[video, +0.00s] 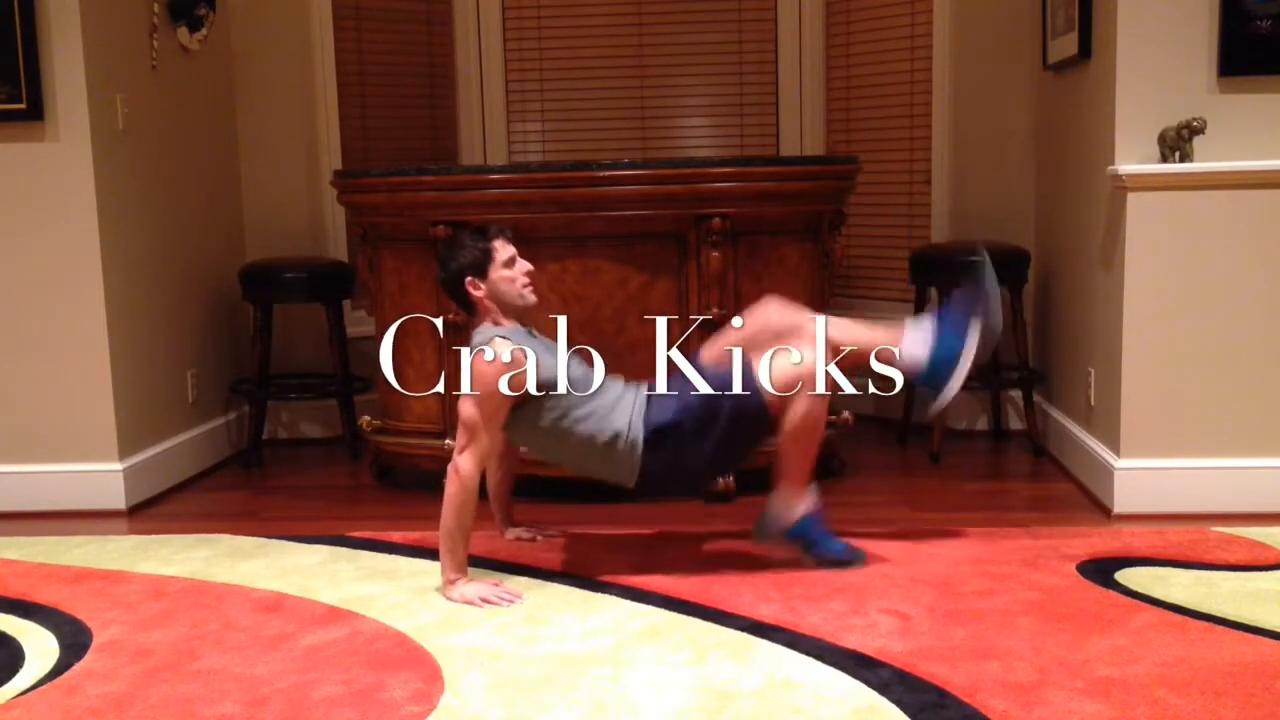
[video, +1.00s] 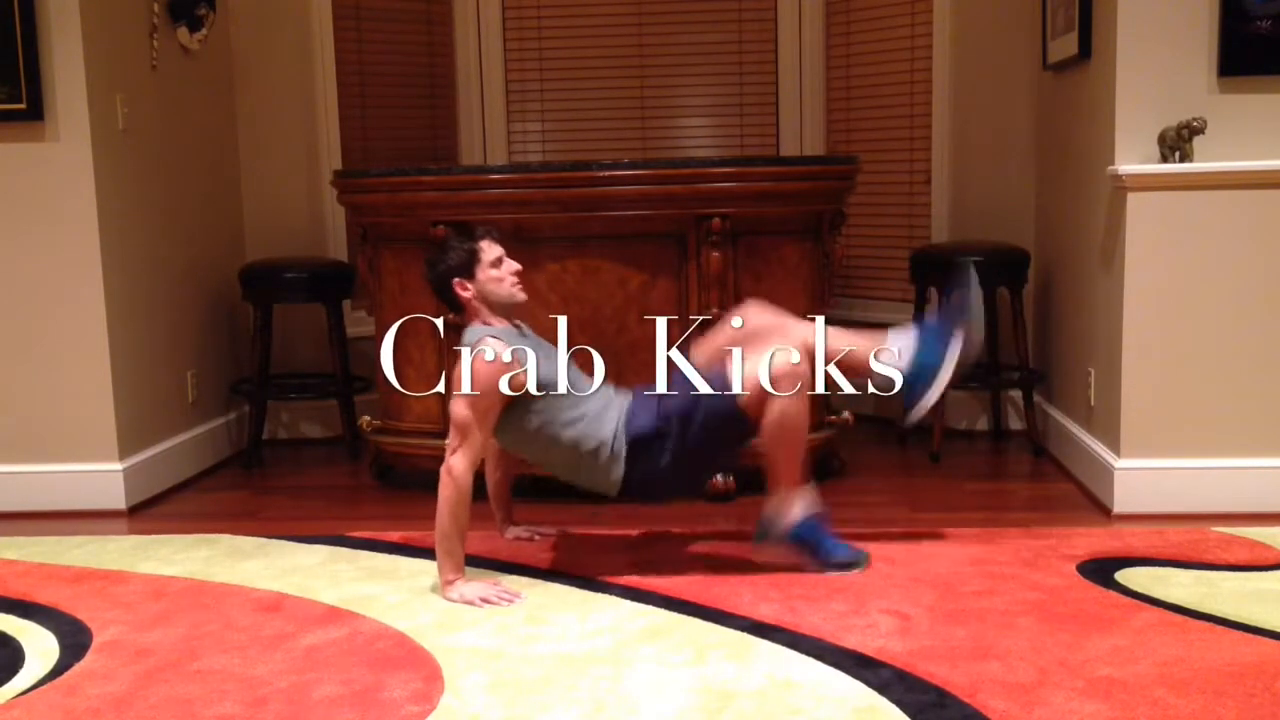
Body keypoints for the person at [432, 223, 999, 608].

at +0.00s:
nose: (526, 272)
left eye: (521, 262)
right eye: (511, 266)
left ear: (498, 282)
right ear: (478, 290)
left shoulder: (515, 340)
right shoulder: (492, 358)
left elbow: (498, 442)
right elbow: (463, 466)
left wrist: (501, 524)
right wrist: (452, 577)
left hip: (656, 407)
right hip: (651, 445)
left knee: (775, 313)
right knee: (806, 366)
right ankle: (789, 513)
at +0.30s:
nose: (523, 273)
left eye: (517, 264)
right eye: (507, 268)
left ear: (494, 286)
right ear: (475, 293)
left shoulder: (511, 342)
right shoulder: (490, 360)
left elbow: (494, 442)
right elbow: (458, 465)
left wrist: (500, 526)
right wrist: (451, 577)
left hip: (653, 412)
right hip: (648, 447)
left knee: (758, 303)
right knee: (811, 374)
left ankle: (896, 364)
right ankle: (785, 523)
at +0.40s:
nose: (511, 269)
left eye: (507, 260)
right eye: (496, 265)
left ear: (486, 281)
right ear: (464, 289)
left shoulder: (503, 334)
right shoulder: (482, 355)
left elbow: (496, 439)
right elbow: (456, 462)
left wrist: (500, 521)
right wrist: (450, 576)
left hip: (648, 394)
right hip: (654, 431)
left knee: (772, 285)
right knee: (791, 313)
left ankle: (817, 448)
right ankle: (871, 454)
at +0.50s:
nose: (515, 271)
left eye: (510, 261)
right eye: (499, 267)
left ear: (492, 282)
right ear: (468, 292)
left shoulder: (511, 340)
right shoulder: (483, 357)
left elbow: (494, 442)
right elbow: (453, 466)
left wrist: (503, 523)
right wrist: (450, 574)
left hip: (646, 413)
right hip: (640, 444)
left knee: (782, 331)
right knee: (779, 324)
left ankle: (779, 481)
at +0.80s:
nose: (518, 271)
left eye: (511, 261)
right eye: (501, 267)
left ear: (493, 283)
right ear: (469, 294)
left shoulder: (513, 341)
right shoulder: (488, 358)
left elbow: (494, 442)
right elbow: (453, 467)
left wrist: (503, 524)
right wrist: (450, 577)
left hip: (653, 436)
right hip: (646, 455)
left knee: (787, 353)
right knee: (768, 332)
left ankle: (766, 509)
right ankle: (928, 367)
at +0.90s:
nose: (510, 269)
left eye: (504, 259)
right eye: (494, 264)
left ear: (473, 283)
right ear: (460, 287)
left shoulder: (496, 334)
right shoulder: (478, 356)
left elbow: (490, 435)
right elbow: (456, 462)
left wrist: (502, 519)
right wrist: (450, 575)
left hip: (645, 414)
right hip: (648, 450)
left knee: (760, 303)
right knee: (774, 319)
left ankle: (833, 447)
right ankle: (859, 453)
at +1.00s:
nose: (514, 270)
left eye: (509, 261)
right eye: (498, 266)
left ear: (494, 279)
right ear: (466, 289)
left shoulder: (505, 337)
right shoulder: (484, 355)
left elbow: (493, 441)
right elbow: (456, 462)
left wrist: (501, 521)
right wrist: (450, 578)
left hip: (643, 416)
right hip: (636, 450)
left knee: (752, 316)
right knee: (783, 363)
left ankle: (901, 357)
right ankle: (787, 516)